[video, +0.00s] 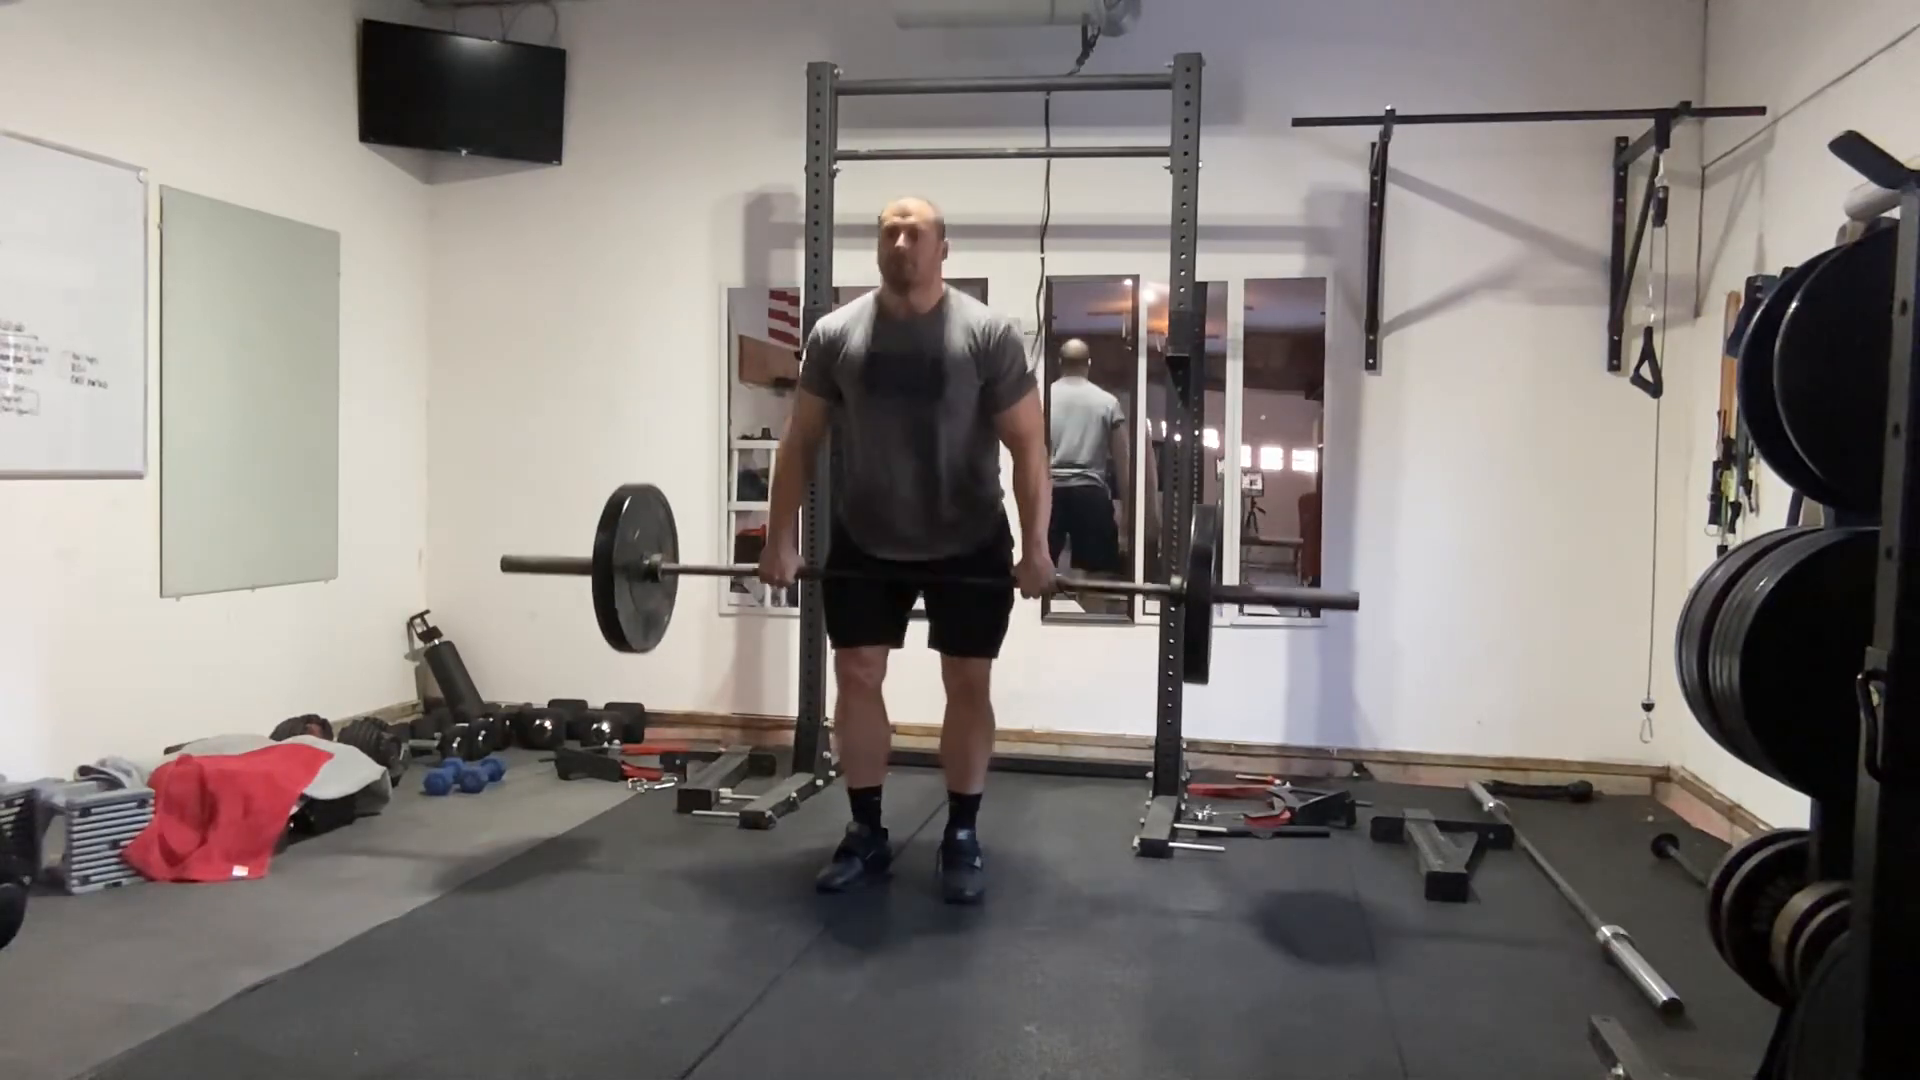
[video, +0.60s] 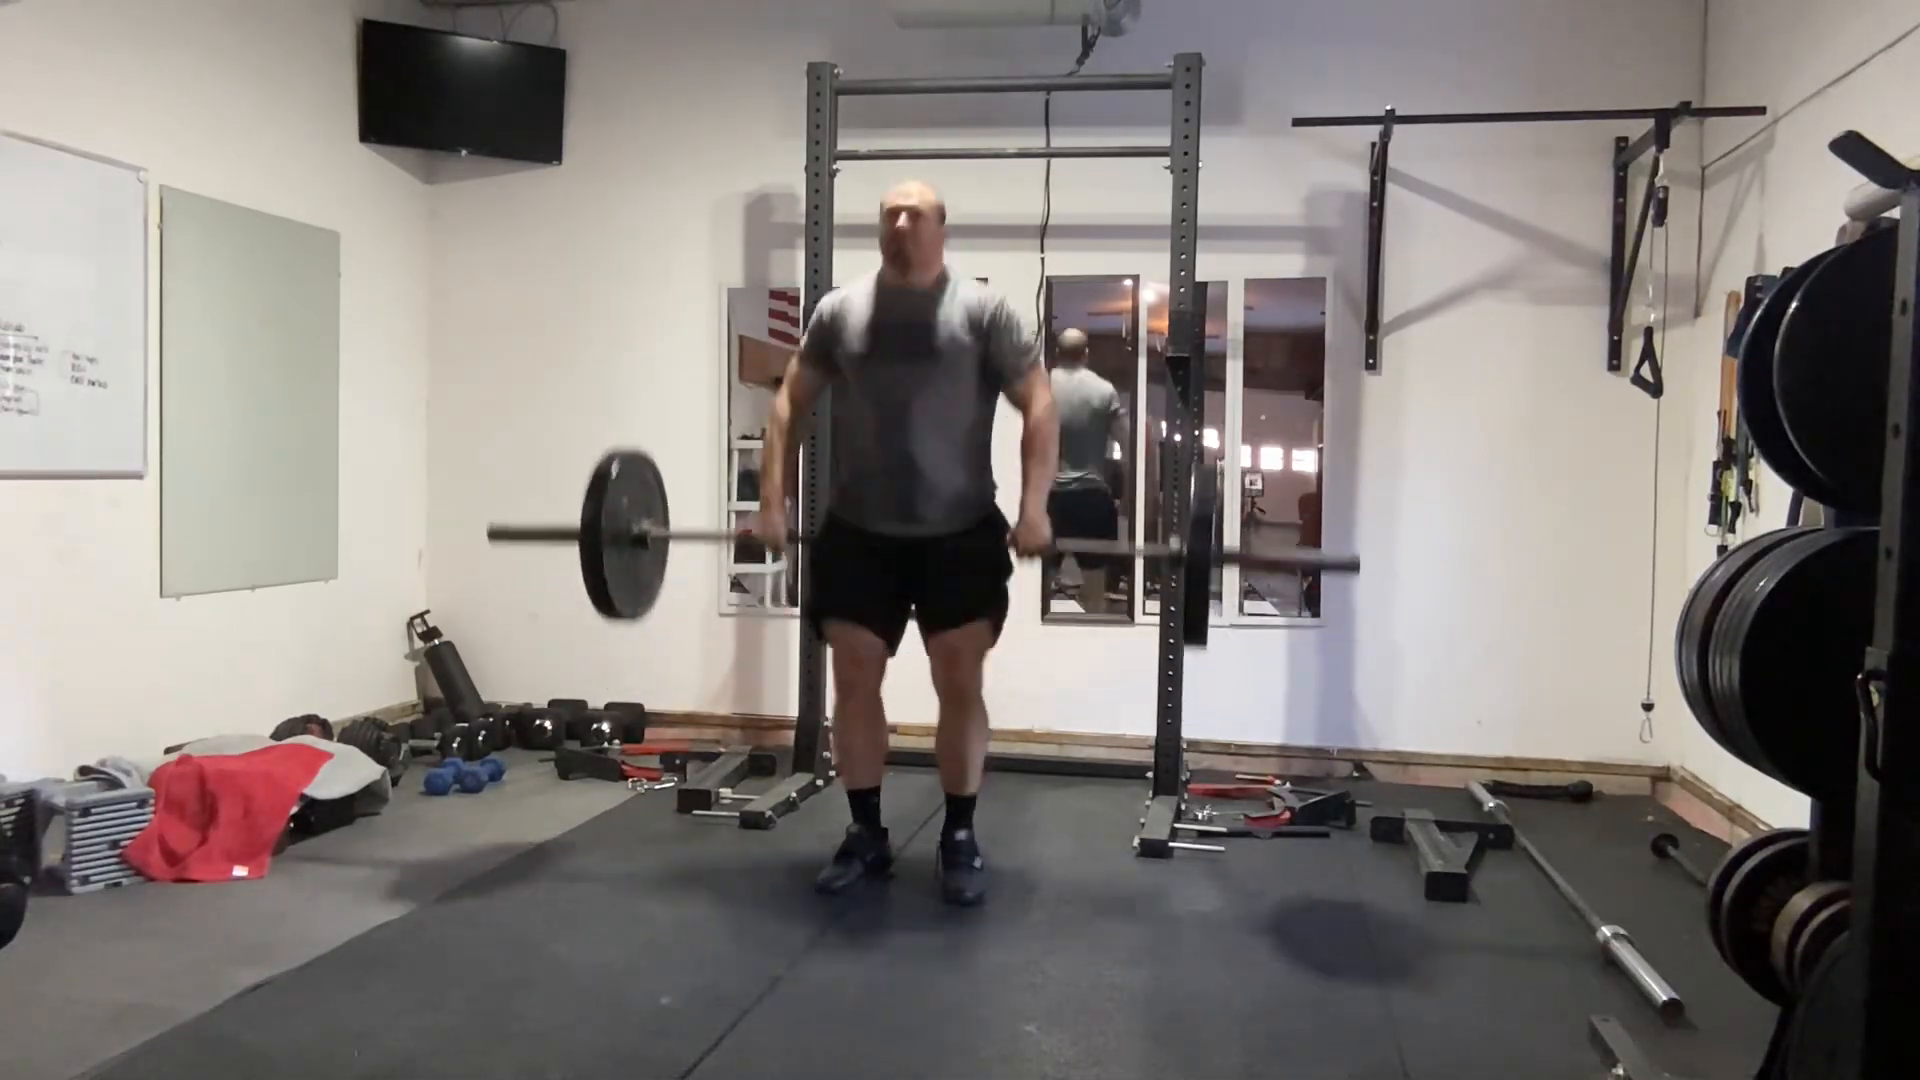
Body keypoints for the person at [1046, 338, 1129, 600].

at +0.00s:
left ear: (1060, 363)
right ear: (1088, 364)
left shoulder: (1045, 397)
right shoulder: (1106, 401)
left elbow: (1035, 450)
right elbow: (1122, 460)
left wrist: (1035, 493)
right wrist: (1125, 508)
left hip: (1052, 494)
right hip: (1092, 496)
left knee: (1043, 565)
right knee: (1098, 570)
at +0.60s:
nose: (1079, 356)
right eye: (1084, 350)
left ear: (1057, 352)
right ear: (1085, 353)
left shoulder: (1043, 386)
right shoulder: (1103, 389)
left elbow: (1031, 441)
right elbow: (1127, 440)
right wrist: (1129, 491)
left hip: (1051, 492)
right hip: (1093, 491)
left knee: (1047, 566)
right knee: (1094, 569)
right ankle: (1095, 631)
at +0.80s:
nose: (1069, 348)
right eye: (1072, 340)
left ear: (1051, 342)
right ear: (1081, 342)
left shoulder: (1041, 375)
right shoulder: (1097, 374)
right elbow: (1129, 412)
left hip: (1047, 486)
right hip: (1088, 482)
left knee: (1043, 573)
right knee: (1092, 570)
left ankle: (1033, 642)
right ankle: (1098, 638)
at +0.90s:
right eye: (1082, 344)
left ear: (1053, 348)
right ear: (1082, 347)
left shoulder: (1041, 384)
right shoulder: (1098, 385)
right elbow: (1120, 429)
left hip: (1047, 490)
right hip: (1087, 487)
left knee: (1044, 573)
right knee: (1089, 572)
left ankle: (1036, 641)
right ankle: (1096, 637)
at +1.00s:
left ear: (1054, 350)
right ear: (1084, 351)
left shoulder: (1039, 390)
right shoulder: (1099, 394)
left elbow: (1031, 442)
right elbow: (1122, 444)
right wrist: (1128, 401)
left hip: (1046, 493)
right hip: (1088, 492)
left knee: (1043, 575)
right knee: (1089, 577)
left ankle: (1036, 642)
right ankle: (1097, 641)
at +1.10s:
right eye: (1081, 352)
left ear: (1056, 352)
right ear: (1085, 353)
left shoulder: (1038, 394)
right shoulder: (1101, 397)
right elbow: (1117, 428)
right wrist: (1123, 397)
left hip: (1047, 494)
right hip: (1088, 493)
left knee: (1044, 575)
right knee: (1089, 576)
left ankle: (1037, 644)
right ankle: (1096, 642)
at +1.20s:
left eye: (1060, 352)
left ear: (1055, 353)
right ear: (1086, 353)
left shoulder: (1041, 395)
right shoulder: (1104, 397)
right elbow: (1121, 413)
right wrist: (1127, 386)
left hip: (1049, 495)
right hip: (1090, 495)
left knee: (1045, 577)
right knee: (1089, 578)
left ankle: (1038, 645)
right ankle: (1096, 644)